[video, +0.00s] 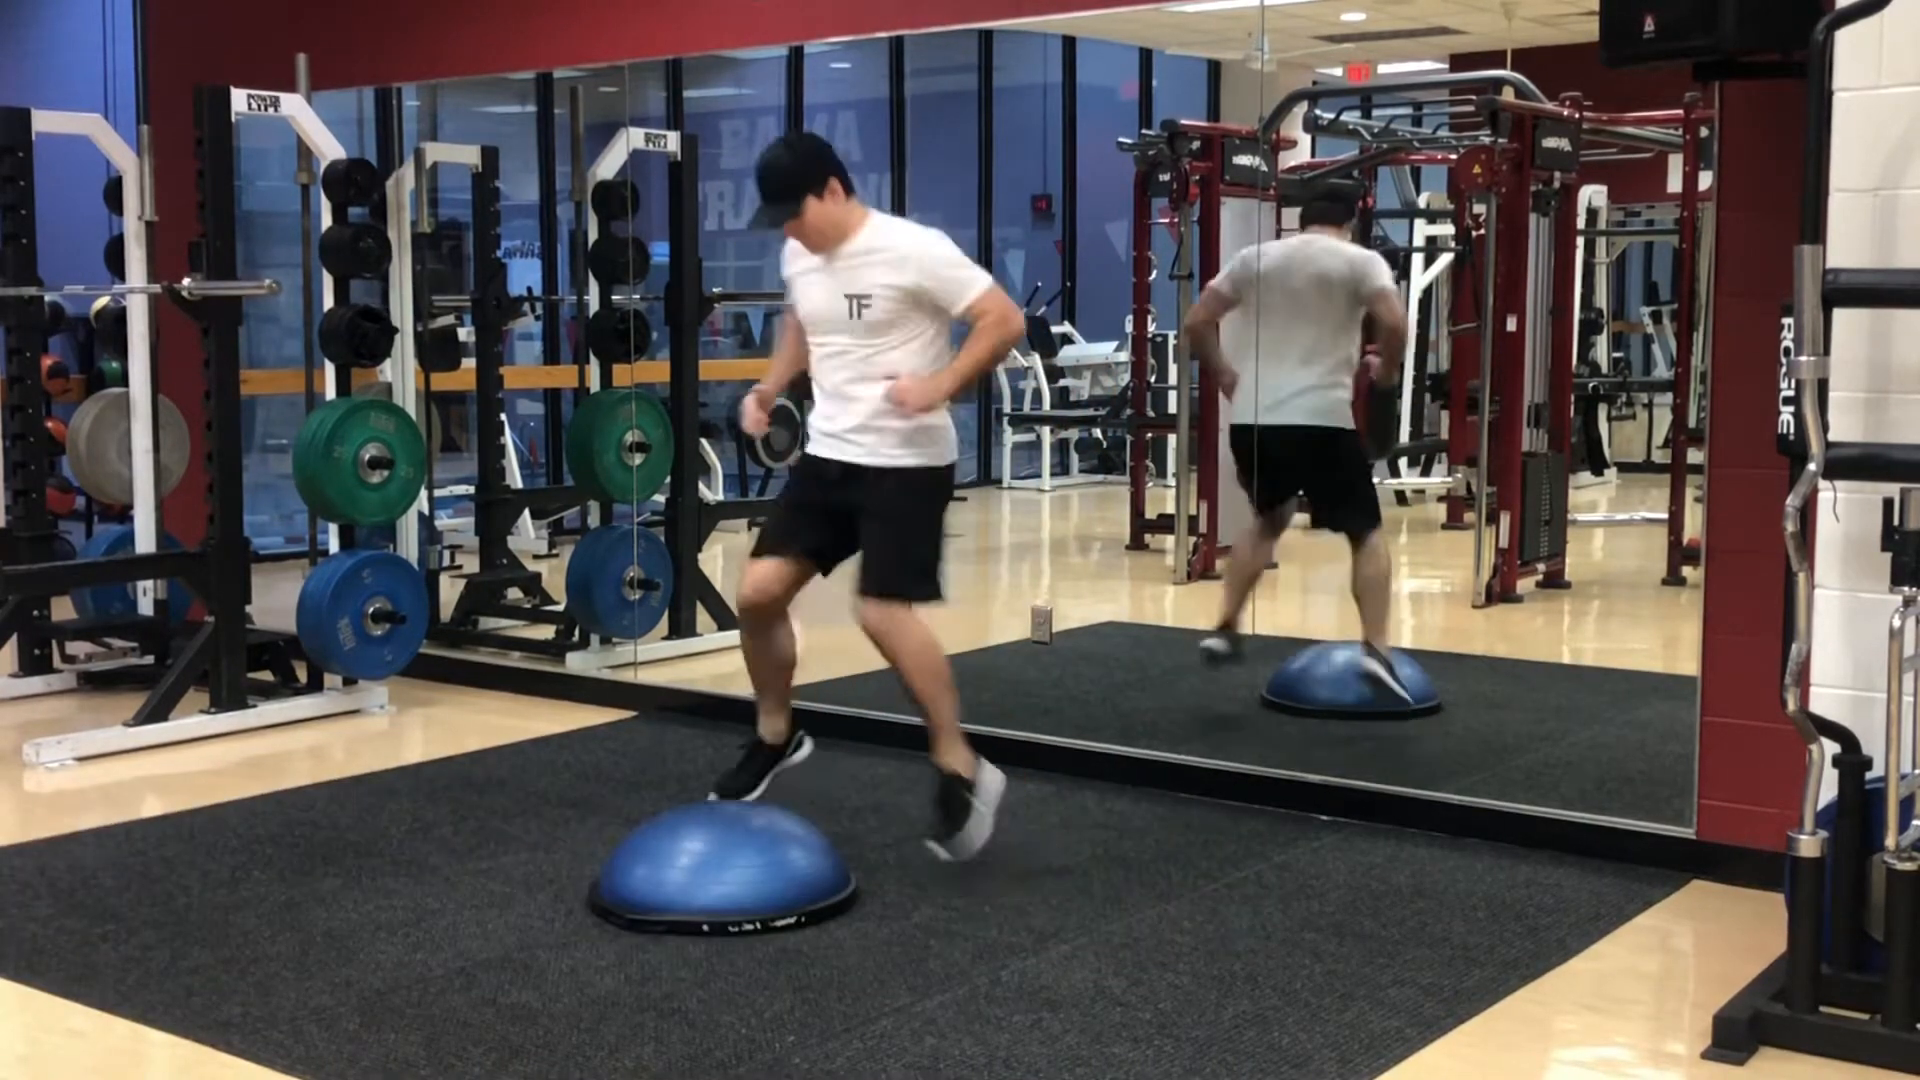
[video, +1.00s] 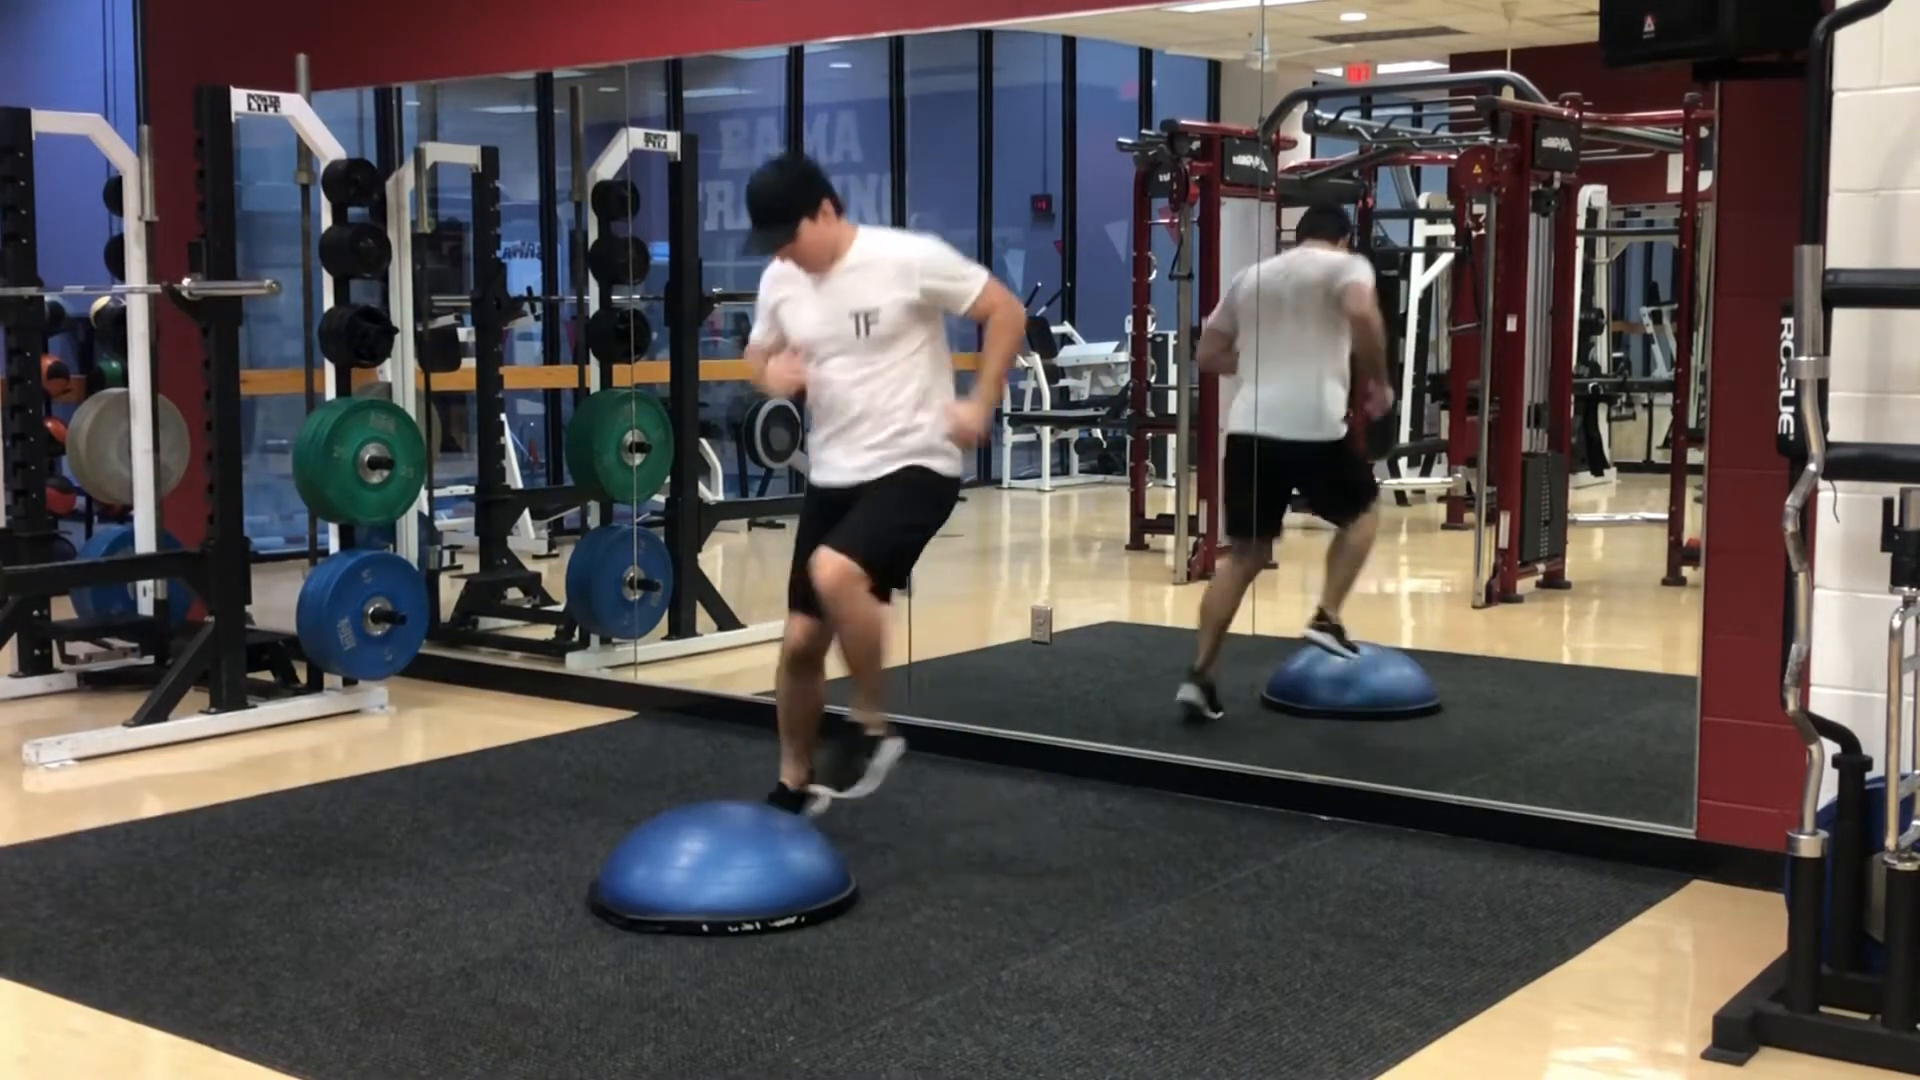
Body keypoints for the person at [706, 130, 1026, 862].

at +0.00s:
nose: (790, 234)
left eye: (794, 217)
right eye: (782, 223)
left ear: (832, 192)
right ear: (807, 203)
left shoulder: (916, 249)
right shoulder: (802, 260)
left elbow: (1006, 320)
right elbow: (802, 331)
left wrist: (943, 385)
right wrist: (769, 389)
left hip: (907, 466)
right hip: (829, 461)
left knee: (884, 610)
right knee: (759, 594)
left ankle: (960, 766)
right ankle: (775, 734)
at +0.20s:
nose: (764, 281)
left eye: (770, 265)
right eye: (755, 271)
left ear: (804, 240)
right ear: (745, 263)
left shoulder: (885, 300)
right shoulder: (754, 317)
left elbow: (956, 371)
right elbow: (736, 405)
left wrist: (916, 443)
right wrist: (716, 478)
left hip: (879, 499)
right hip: (795, 511)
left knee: (797, 581)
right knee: (762, 667)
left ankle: (819, 745)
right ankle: (774, 788)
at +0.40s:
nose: (776, 251)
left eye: (783, 236)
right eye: (768, 241)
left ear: (818, 210)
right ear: (763, 231)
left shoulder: (899, 264)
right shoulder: (769, 282)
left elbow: (981, 326)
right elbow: (756, 361)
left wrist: (938, 376)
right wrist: (746, 406)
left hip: (893, 472)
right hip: (809, 484)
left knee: (842, 592)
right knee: (779, 645)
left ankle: (899, 755)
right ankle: (770, 777)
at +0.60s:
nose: (808, 270)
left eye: (812, 253)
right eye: (799, 259)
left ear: (847, 225)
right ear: (802, 246)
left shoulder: (925, 286)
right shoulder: (820, 295)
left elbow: (998, 375)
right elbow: (836, 385)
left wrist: (929, 429)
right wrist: (806, 442)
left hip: (933, 509)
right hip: (855, 500)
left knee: (946, 667)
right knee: (758, 567)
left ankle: (1019, 828)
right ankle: (805, 733)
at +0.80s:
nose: (819, 263)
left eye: (822, 246)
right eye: (811, 251)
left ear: (858, 222)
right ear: (831, 233)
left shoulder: (933, 283)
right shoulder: (834, 284)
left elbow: (992, 378)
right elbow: (860, 374)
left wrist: (893, 387)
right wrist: (810, 397)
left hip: (932, 512)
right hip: (854, 496)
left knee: (955, 664)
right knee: (760, 581)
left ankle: (1016, 828)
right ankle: (817, 730)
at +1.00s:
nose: (783, 254)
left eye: (789, 238)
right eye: (775, 244)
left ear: (826, 211)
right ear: (774, 235)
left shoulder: (909, 258)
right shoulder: (779, 279)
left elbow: (1007, 311)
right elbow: (760, 362)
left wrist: (982, 402)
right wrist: (774, 375)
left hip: (916, 462)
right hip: (834, 476)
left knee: (837, 571)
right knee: (801, 642)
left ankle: (872, 724)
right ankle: (794, 784)